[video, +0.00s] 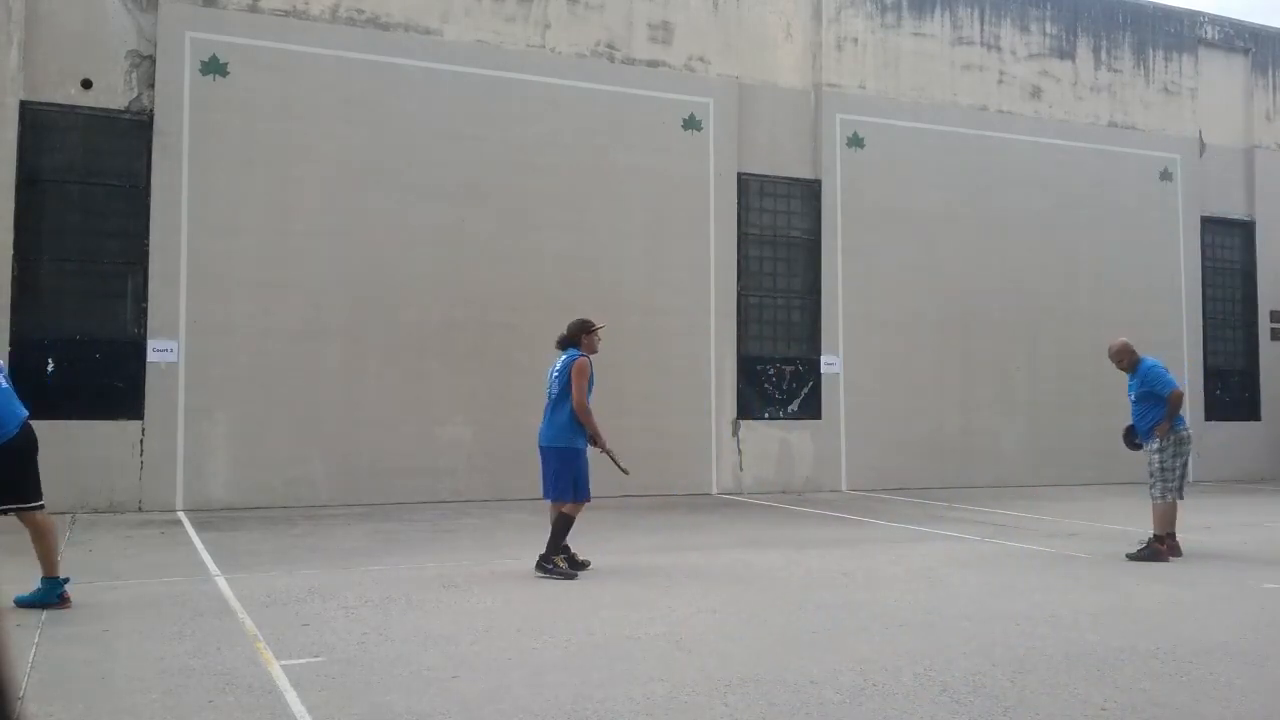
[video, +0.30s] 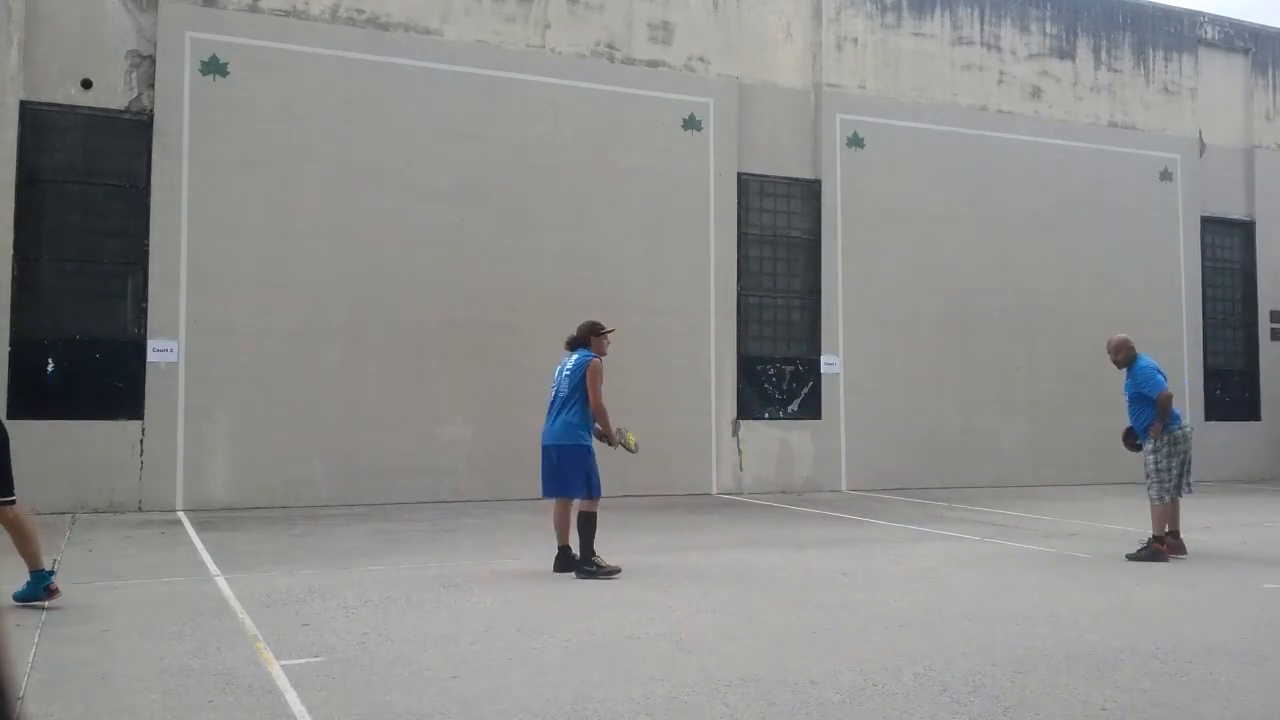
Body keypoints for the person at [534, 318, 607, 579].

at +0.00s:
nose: (599, 340)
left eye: (598, 336)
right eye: (596, 336)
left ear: (579, 339)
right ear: (584, 338)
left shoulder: (562, 361)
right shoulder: (581, 361)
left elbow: (567, 407)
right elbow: (580, 403)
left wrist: (589, 434)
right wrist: (596, 433)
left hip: (552, 439)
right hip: (567, 441)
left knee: (559, 497)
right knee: (578, 498)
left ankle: (561, 551)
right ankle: (549, 558)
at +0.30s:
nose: (608, 342)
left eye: (607, 338)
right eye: (605, 338)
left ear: (587, 341)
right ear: (592, 340)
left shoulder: (567, 361)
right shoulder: (593, 362)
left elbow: (573, 406)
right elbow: (597, 404)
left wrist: (596, 430)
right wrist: (609, 433)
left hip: (552, 440)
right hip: (574, 441)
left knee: (564, 496)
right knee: (590, 495)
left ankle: (563, 555)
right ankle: (587, 560)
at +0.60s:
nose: (621, 360)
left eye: (623, 356)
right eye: (622, 355)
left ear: (599, 348)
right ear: (613, 350)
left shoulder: (577, 364)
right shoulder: (609, 366)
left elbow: (588, 412)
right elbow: (608, 410)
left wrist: (618, 428)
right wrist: (622, 435)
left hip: (560, 441)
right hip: (583, 442)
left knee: (575, 497)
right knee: (598, 498)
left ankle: (567, 554)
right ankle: (594, 561)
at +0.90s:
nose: (634, 361)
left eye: (635, 355)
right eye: (632, 354)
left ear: (610, 350)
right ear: (621, 350)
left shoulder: (588, 365)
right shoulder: (620, 369)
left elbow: (593, 418)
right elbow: (622, 414)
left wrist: (626, 428)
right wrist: (643, 428)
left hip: (563, 440)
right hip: (587, 442)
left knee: (581, 499)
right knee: (602, 499)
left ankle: (581, 555)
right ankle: (595, 560)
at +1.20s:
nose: (635, 358)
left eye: (635, 353)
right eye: (632, 353)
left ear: (612, 353)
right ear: (619, 352)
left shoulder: (590, 370)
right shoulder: (619, 371)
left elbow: (598, 420)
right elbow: (623, 416)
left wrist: (631, 434)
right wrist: (646, 433)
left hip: (563, 440)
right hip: (586, 441)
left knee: (588, 497)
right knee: (612, 495)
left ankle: (581, 555)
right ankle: (598, 557)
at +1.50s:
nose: (637, 378)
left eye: (640, 375)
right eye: (639, 373)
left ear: (618, 361)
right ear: (634, 364)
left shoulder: (595, 374)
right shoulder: (625, 376)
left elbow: (600, 426)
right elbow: (623, 422)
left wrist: (632, 443)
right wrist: (639, 456)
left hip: (563, 439)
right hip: (587, 440)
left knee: (587, 496)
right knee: (611, 493)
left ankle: (582, 555)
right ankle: (605, 557)